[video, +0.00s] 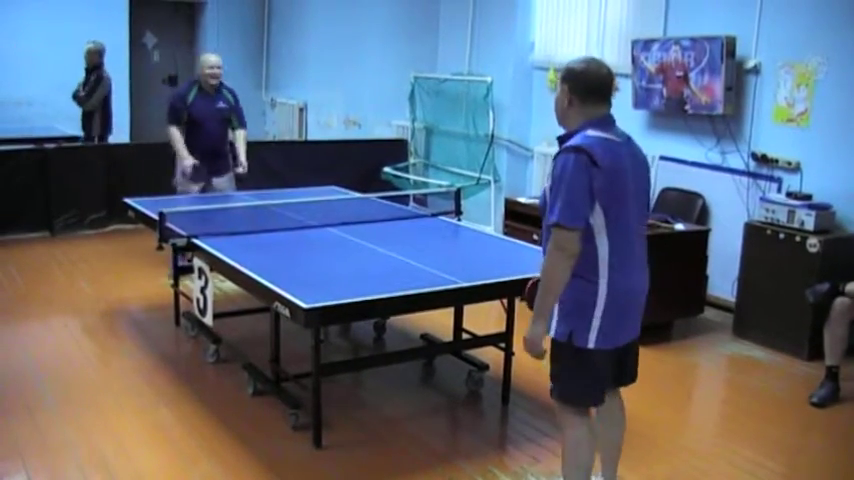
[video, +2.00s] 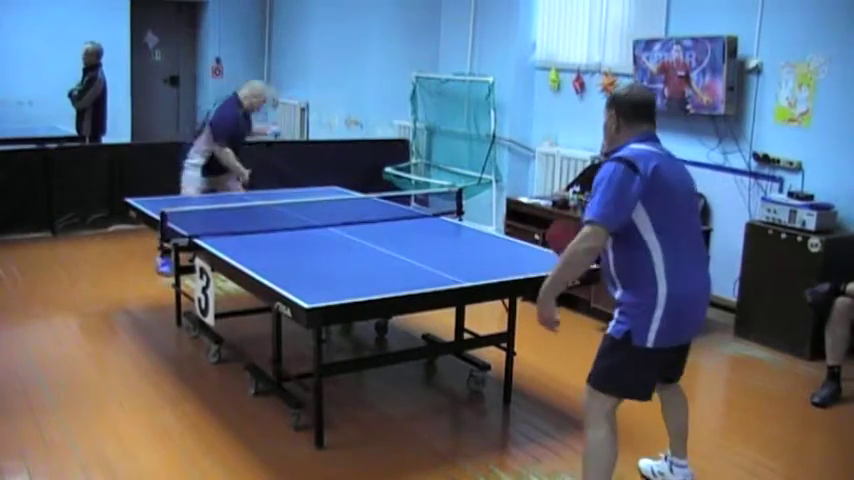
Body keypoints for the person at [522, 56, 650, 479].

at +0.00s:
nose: (555, 101)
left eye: (557, 92)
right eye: (556, 92)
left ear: (566, 96)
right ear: (606, 97)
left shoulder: (577, 155)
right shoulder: (629, 149)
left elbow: (564, 247)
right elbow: (628, 231)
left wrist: (539, 321)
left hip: (586, 311)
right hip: (625, 306)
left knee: (572, 408)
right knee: (608, 396)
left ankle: (576, 475)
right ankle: (608, 475)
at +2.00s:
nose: (604, 127)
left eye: (605, 119)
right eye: (606, 119)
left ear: (614, 119)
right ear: (650, 121)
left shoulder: (623, 166)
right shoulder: (670, 164)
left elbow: (591, 240)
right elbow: (668, 239)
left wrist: (548, 293)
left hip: (647, 311)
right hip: (686, 306)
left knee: (598, 404)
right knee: (668, 384)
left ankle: (595, 474)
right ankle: (678, 463)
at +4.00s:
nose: (560, 111)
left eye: (561, 105)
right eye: (563, 105)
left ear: (566, 107)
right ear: (605, 108)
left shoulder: (559, 155)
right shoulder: (635, 161)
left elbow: (540, 243)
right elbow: (645, 238)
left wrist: (541, 305)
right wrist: (620, 287)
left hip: (575, 308)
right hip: (627, 308)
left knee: (534, 403)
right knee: (624, 388)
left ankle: (509, 475)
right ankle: (632, 474)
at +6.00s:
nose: (534, 97)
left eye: (535, 91)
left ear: (537, 94)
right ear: (581, 96)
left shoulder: (522, 148)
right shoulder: (607, 151)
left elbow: (495, 234)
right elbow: (622, 226)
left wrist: (482, 297)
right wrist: (613, 283)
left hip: (534, 300)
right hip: (590, 298)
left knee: (506, 395)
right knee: (587, 387)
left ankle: (499, 475)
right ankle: (589, 474)